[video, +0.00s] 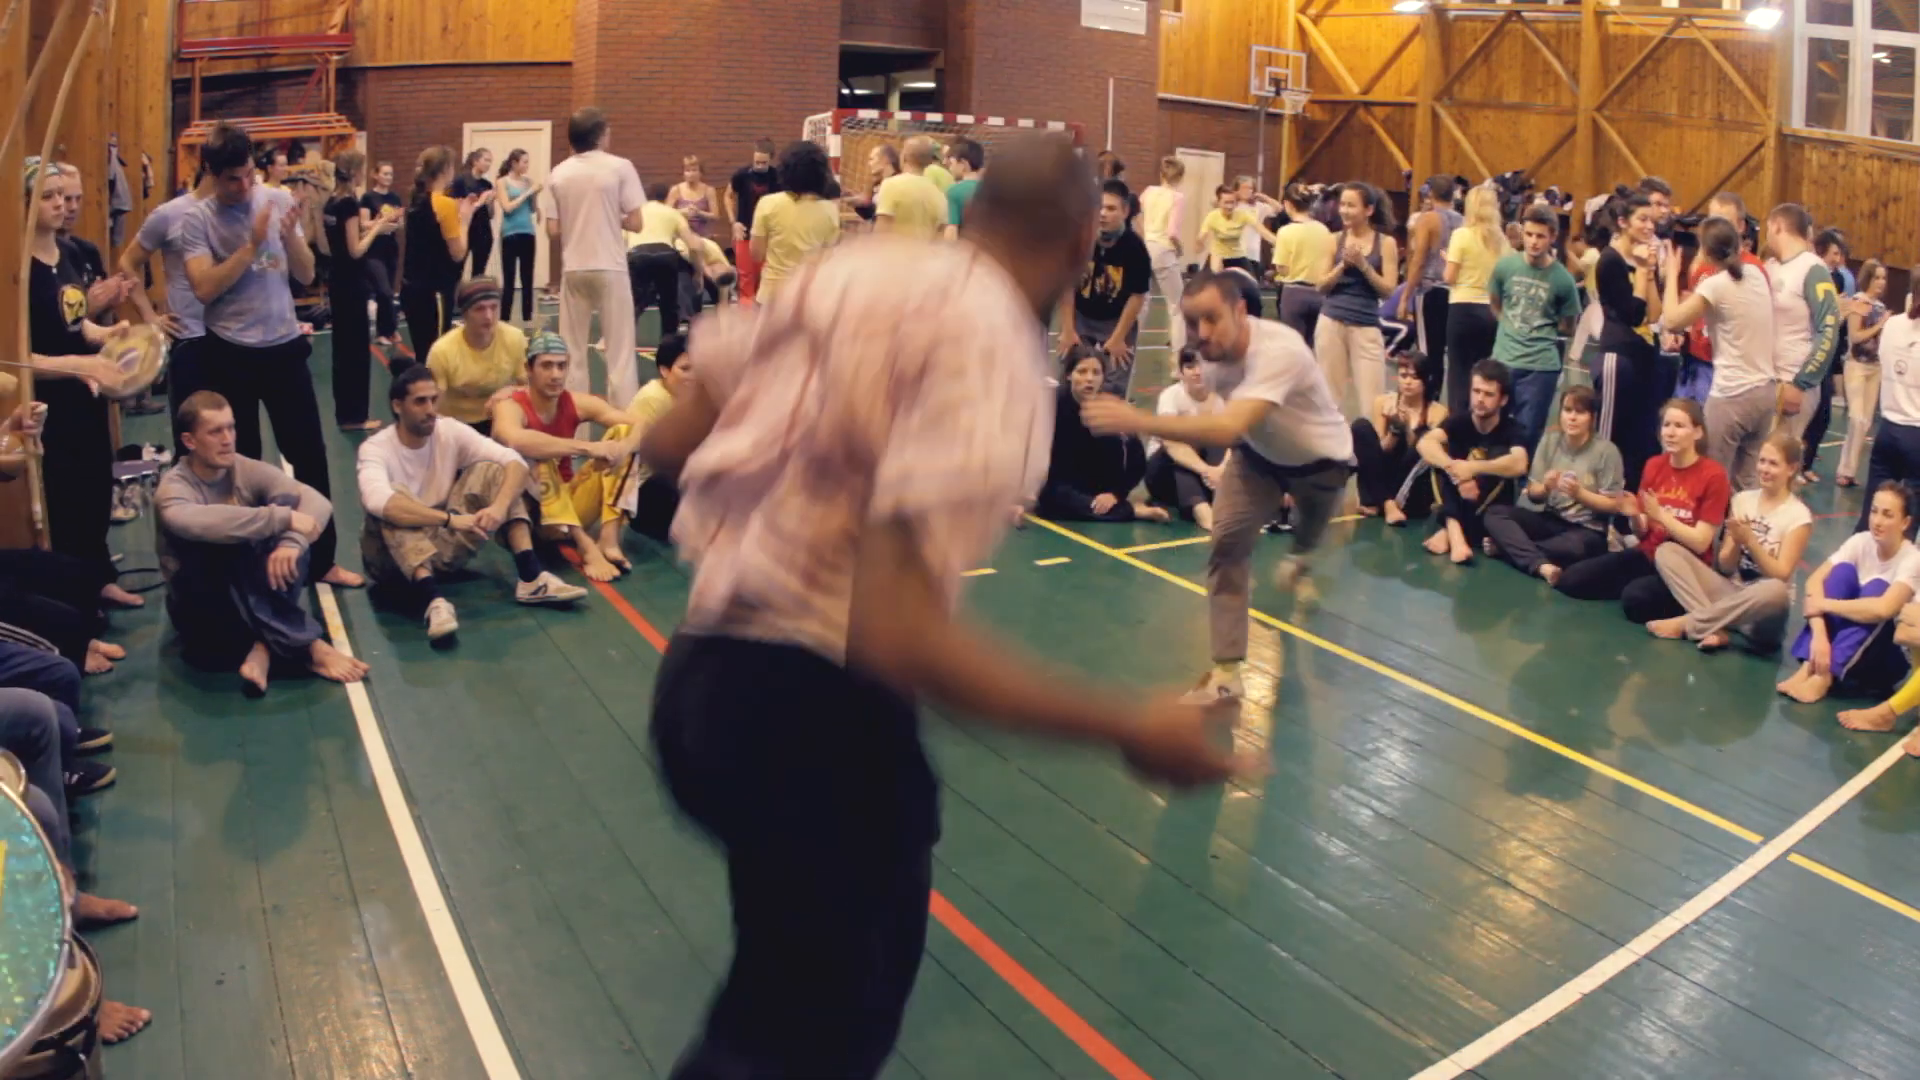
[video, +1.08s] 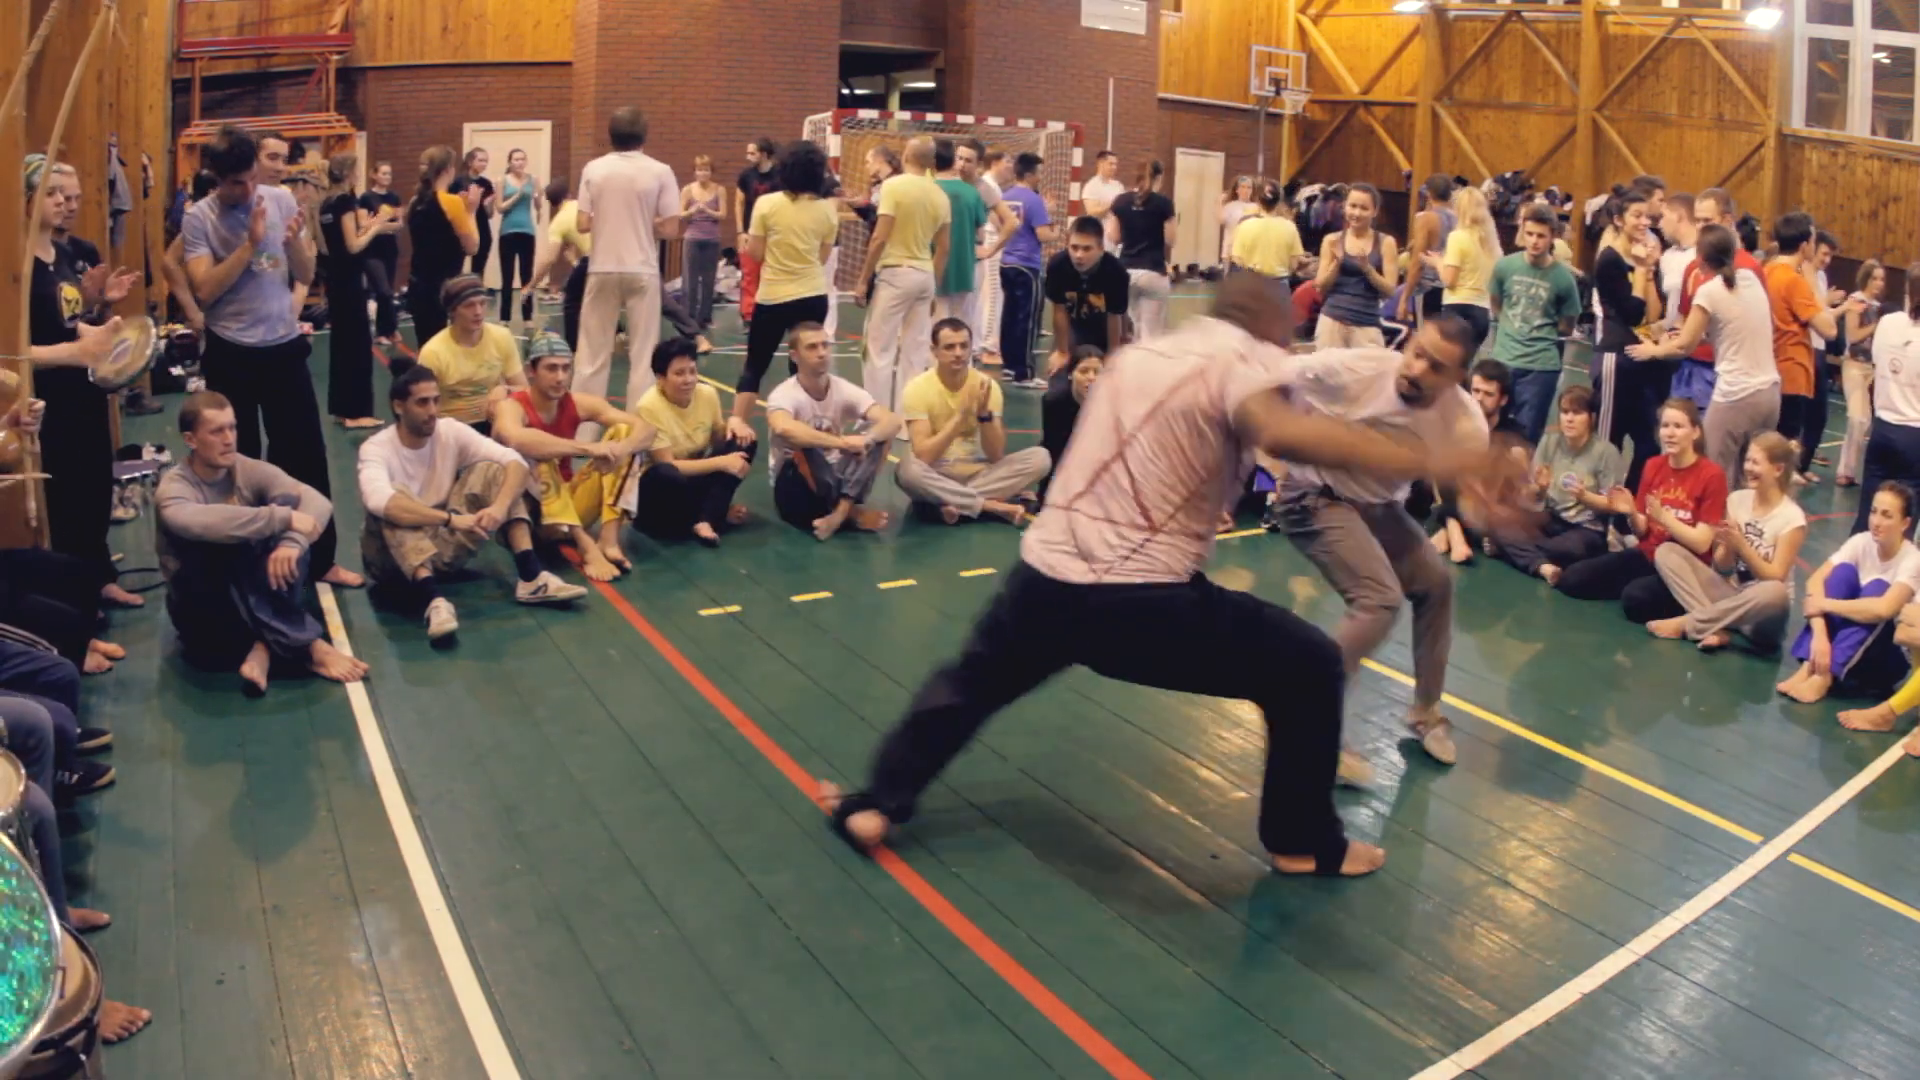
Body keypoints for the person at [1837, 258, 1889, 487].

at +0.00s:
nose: (1881, 283)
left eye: (1884, 278)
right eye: (1877, 278)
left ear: (1885, 281)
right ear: (1867, 279)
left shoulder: (1881, 307)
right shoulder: (1856, 302)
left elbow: (1882, 337)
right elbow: (1854, 336)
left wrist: (1887, 326)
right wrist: (1880, 326)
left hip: (1876, 363)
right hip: (1856, 362)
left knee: (1866, 421)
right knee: (1856, 417)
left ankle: (1850, 470)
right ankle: (1844, 471)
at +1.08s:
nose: (1880, 283)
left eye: (1883, 279)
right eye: (1876, 278)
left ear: (1884, 282)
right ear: (1865, 279)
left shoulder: (1879, 305)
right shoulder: (1855, 300)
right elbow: (1852, 336)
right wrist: (1877, 325)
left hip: (1876, 365)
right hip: (1855, 363)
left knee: (1867, 420)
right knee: (1858, 418)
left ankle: (1852, 471)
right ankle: (1846, 471)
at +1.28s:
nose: (1881, 283)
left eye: (1883, 278)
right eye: (1875, 278)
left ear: (1908, 290)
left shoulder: (1887, 323)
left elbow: (1870, 363)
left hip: (1882, 426)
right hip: (1912, 430)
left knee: (1868, 509)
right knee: (1908, 517)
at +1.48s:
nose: (1866, 307)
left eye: (1869, 302)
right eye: (1862, 302)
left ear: (1906, 291)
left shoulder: (1886, 324)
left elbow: (1879, 370)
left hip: (1882, 428)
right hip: (1912, 432)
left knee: (1868, 510)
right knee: (1908, 517)